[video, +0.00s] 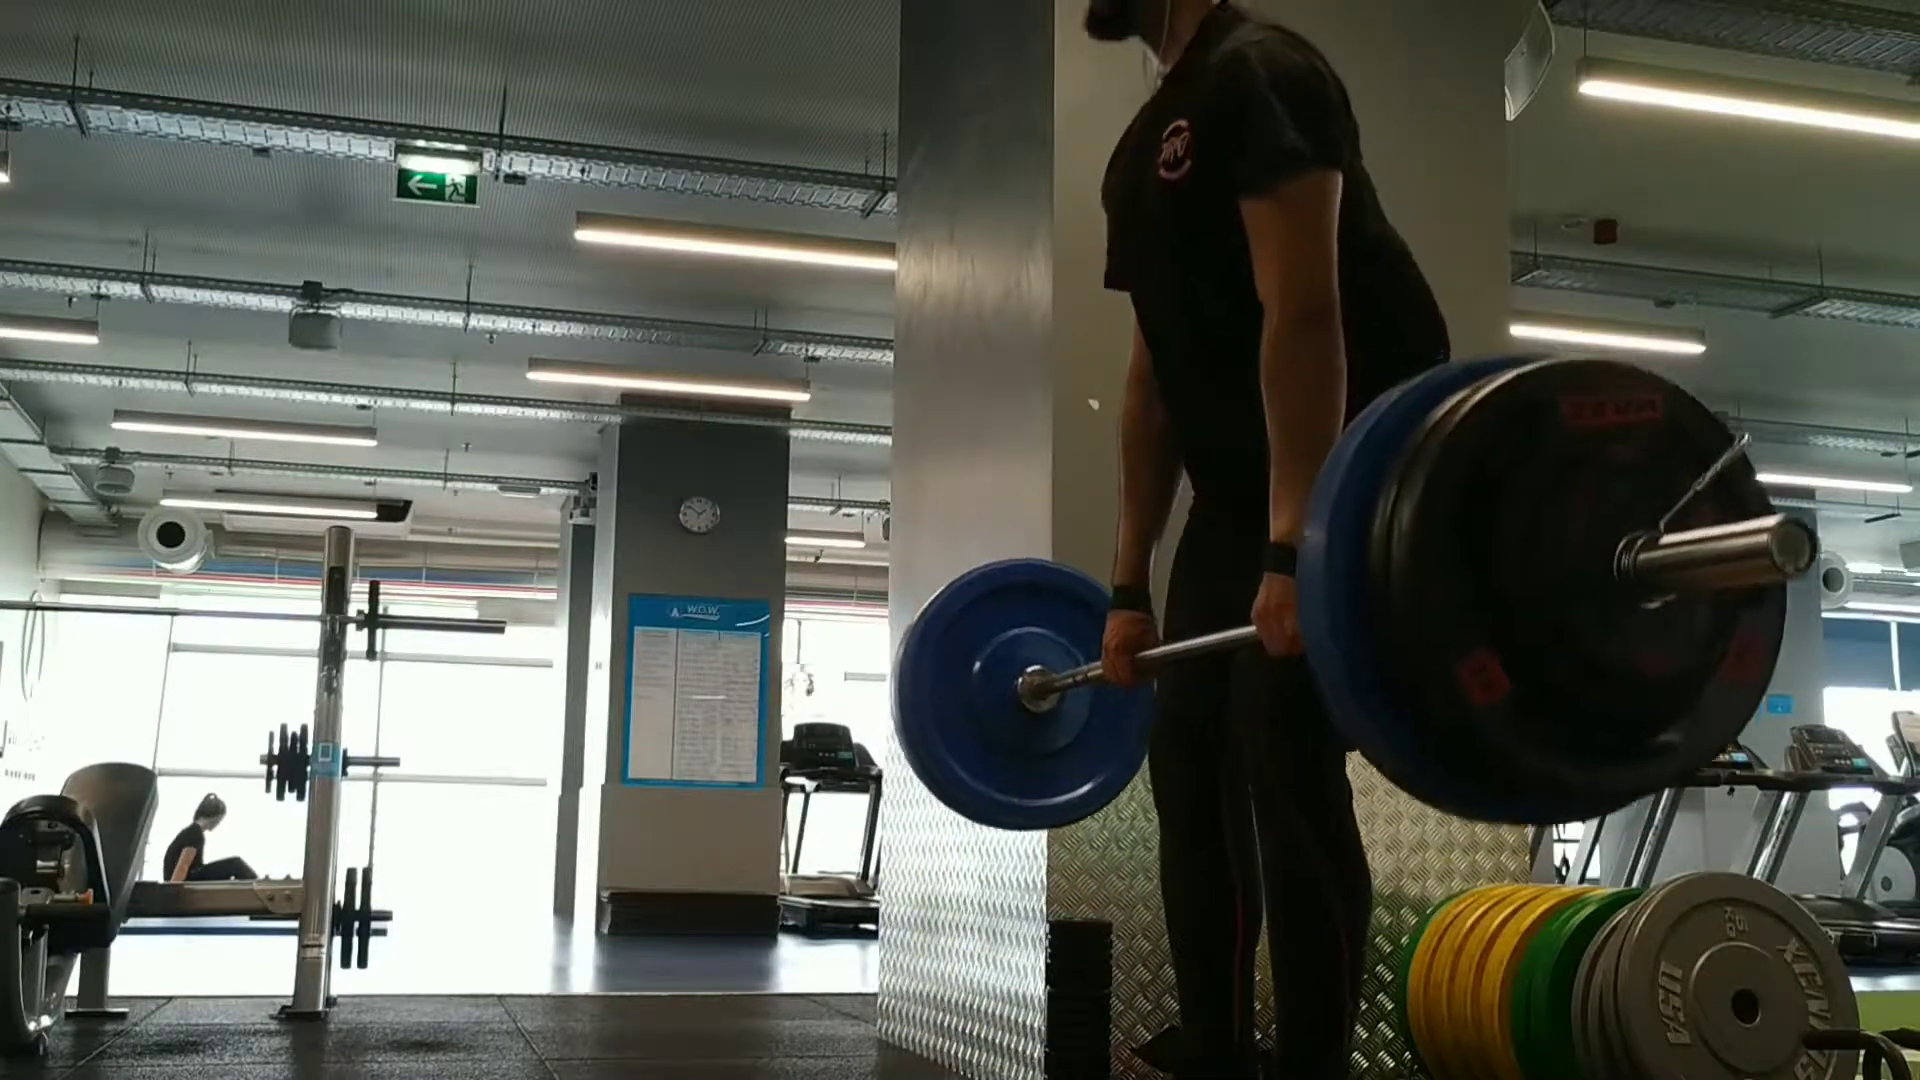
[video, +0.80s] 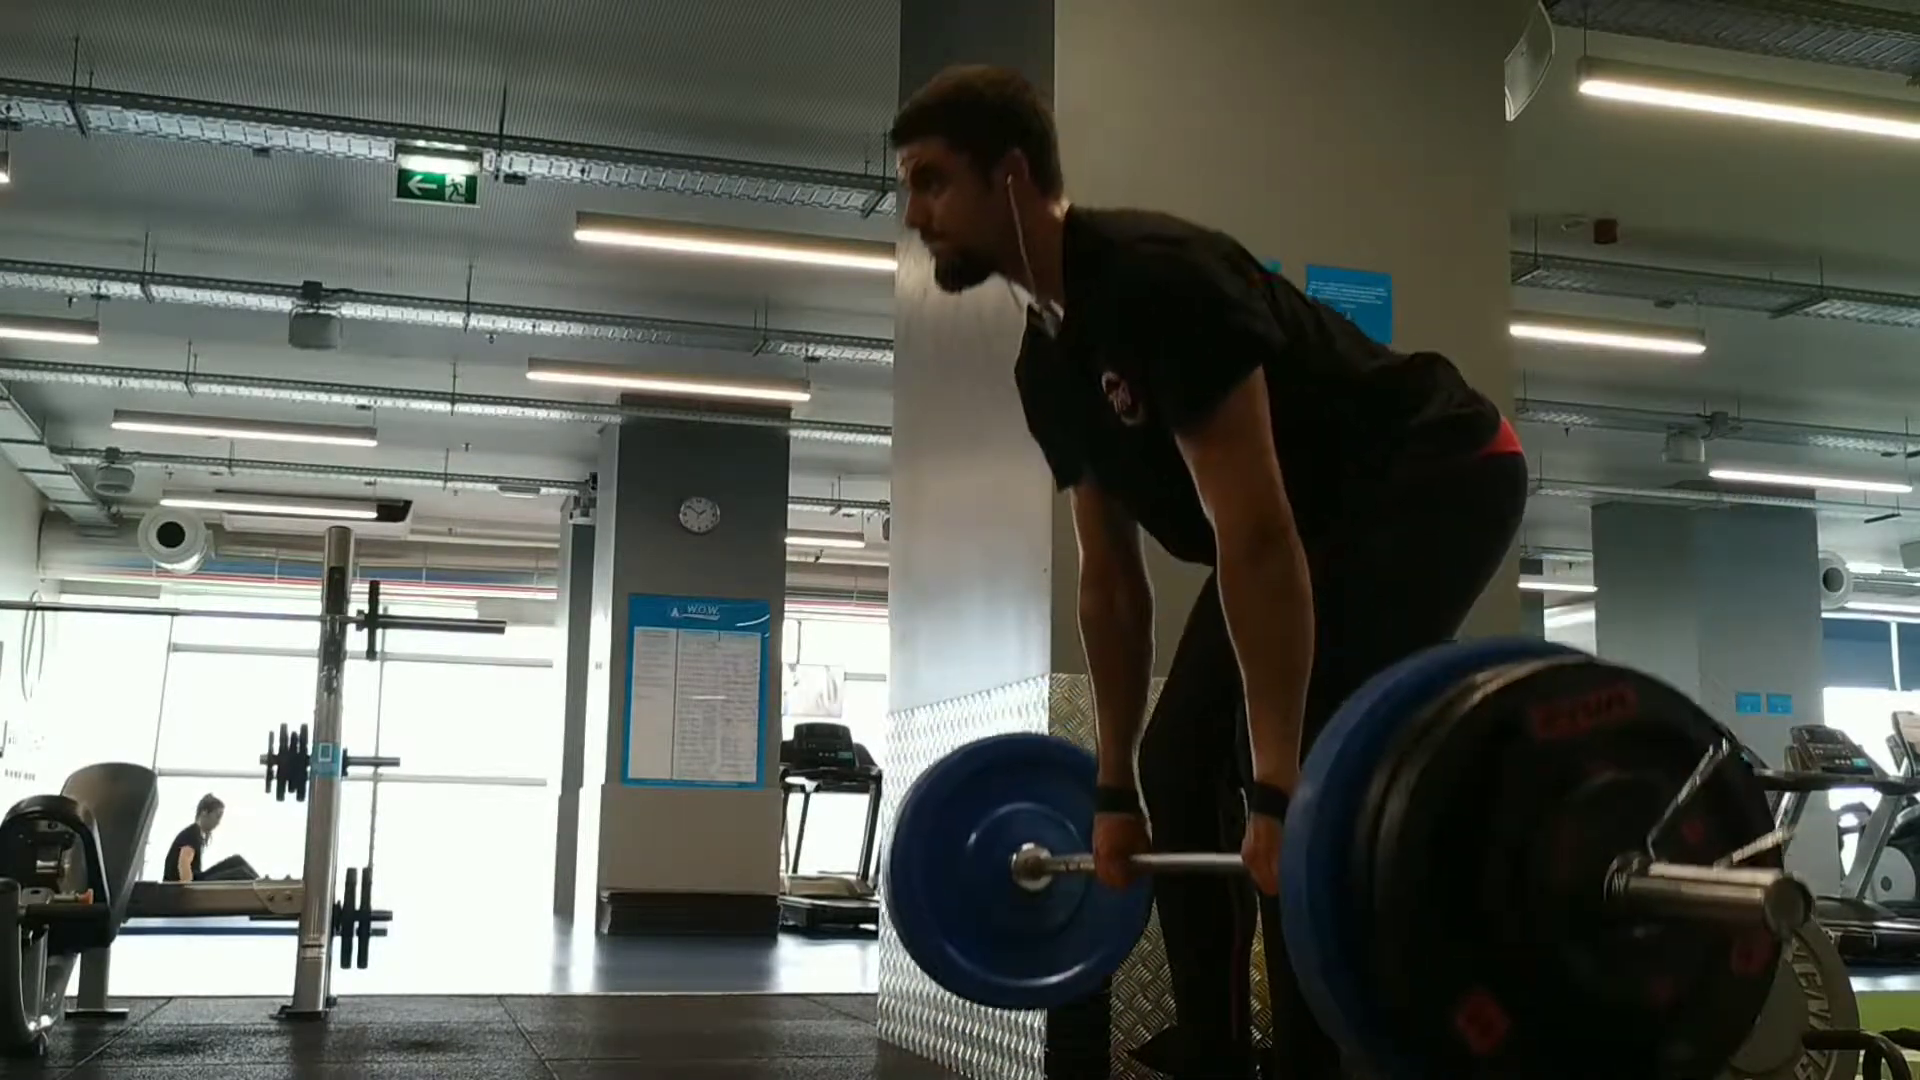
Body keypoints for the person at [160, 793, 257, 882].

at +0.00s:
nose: (219, 822)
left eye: (221, 819)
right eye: (220, 818)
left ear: (202, 812)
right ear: (214, 817)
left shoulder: (193, 832)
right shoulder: (195, 833)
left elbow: (182, 866)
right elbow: (182, 866)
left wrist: (171, 891)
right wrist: (172, 891)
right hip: (187, 881)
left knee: (234, 863)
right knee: (235, 863)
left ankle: (258, 886)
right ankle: (259, 888)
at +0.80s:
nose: (219, 821)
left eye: (220, 817)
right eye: (217, 816)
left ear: (204, 813)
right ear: (204, 813)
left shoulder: (197, 834)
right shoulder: (193, 834)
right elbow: (184, 863)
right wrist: (188, 890)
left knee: (236, 861)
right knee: (240, 873)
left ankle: (264, 886)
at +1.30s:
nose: (222, 823)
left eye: (224, 819)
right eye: (220, 818)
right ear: (207, 815)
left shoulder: (202, 838)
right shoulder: (196, 838)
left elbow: (197, 873)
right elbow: (194, 874)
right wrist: (204, 897)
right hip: (181, 887)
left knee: (236, 861)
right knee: (241, 871)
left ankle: (262, 886)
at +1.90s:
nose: (219, 824)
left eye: (223, 820)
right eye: (216, 818)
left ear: (227, 822)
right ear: (207, 815)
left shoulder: (205, 838)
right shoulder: (197, 838)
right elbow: (179, 872)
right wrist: (195, 891)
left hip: (198, 877)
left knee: (236, 861)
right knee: (241, 871)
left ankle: (261, 886)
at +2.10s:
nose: (213, 823)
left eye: (218, 820)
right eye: (211, 817)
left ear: (222, 822)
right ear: (203, 814)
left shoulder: (209, 841)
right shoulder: (191, 837)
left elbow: (203, 867)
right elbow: (165, 866)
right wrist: (165, 890)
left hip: (203, 877)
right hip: (190, 883)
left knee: (236, 862)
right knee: (241, 872)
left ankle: (260, 885)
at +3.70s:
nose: (212, 817)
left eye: (214, 814)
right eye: (209, 813)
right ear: (195, 813)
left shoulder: (195, 835)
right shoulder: (184, 836)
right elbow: (161, 866)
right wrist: (151, 888)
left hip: (193, 880)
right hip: (184, 886)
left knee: (235, 862)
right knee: (239, 872)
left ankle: (259, 885)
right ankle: (260, 890)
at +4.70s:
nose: (206, 815)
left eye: (206, 810)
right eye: (204, 810)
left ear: (192, 811)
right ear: (194, 810)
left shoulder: (186, 832)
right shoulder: (181, 833)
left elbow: (175, 866)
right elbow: (173, 867)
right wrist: (168, 893)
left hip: (204, 878)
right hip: (198, 883)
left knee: (248, 852)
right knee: (250, 862)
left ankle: (274, 883)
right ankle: (277, 885)